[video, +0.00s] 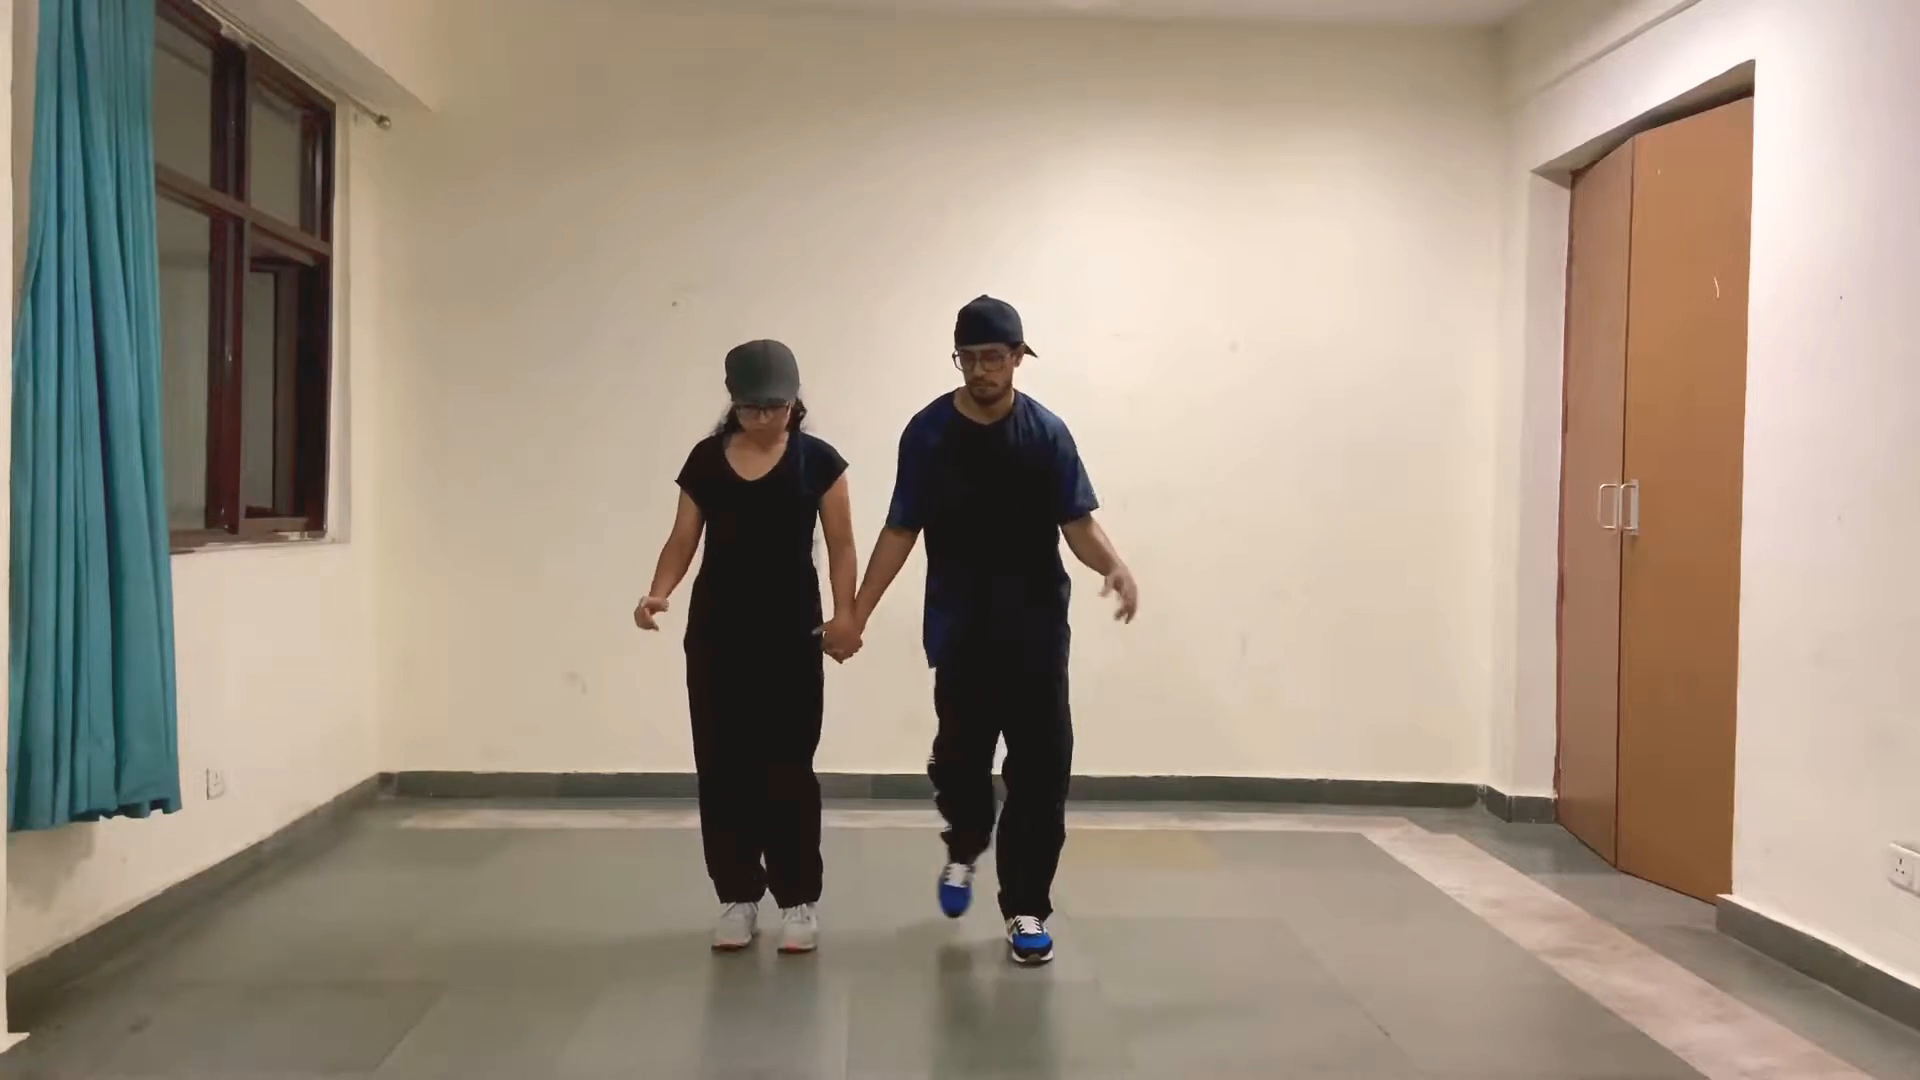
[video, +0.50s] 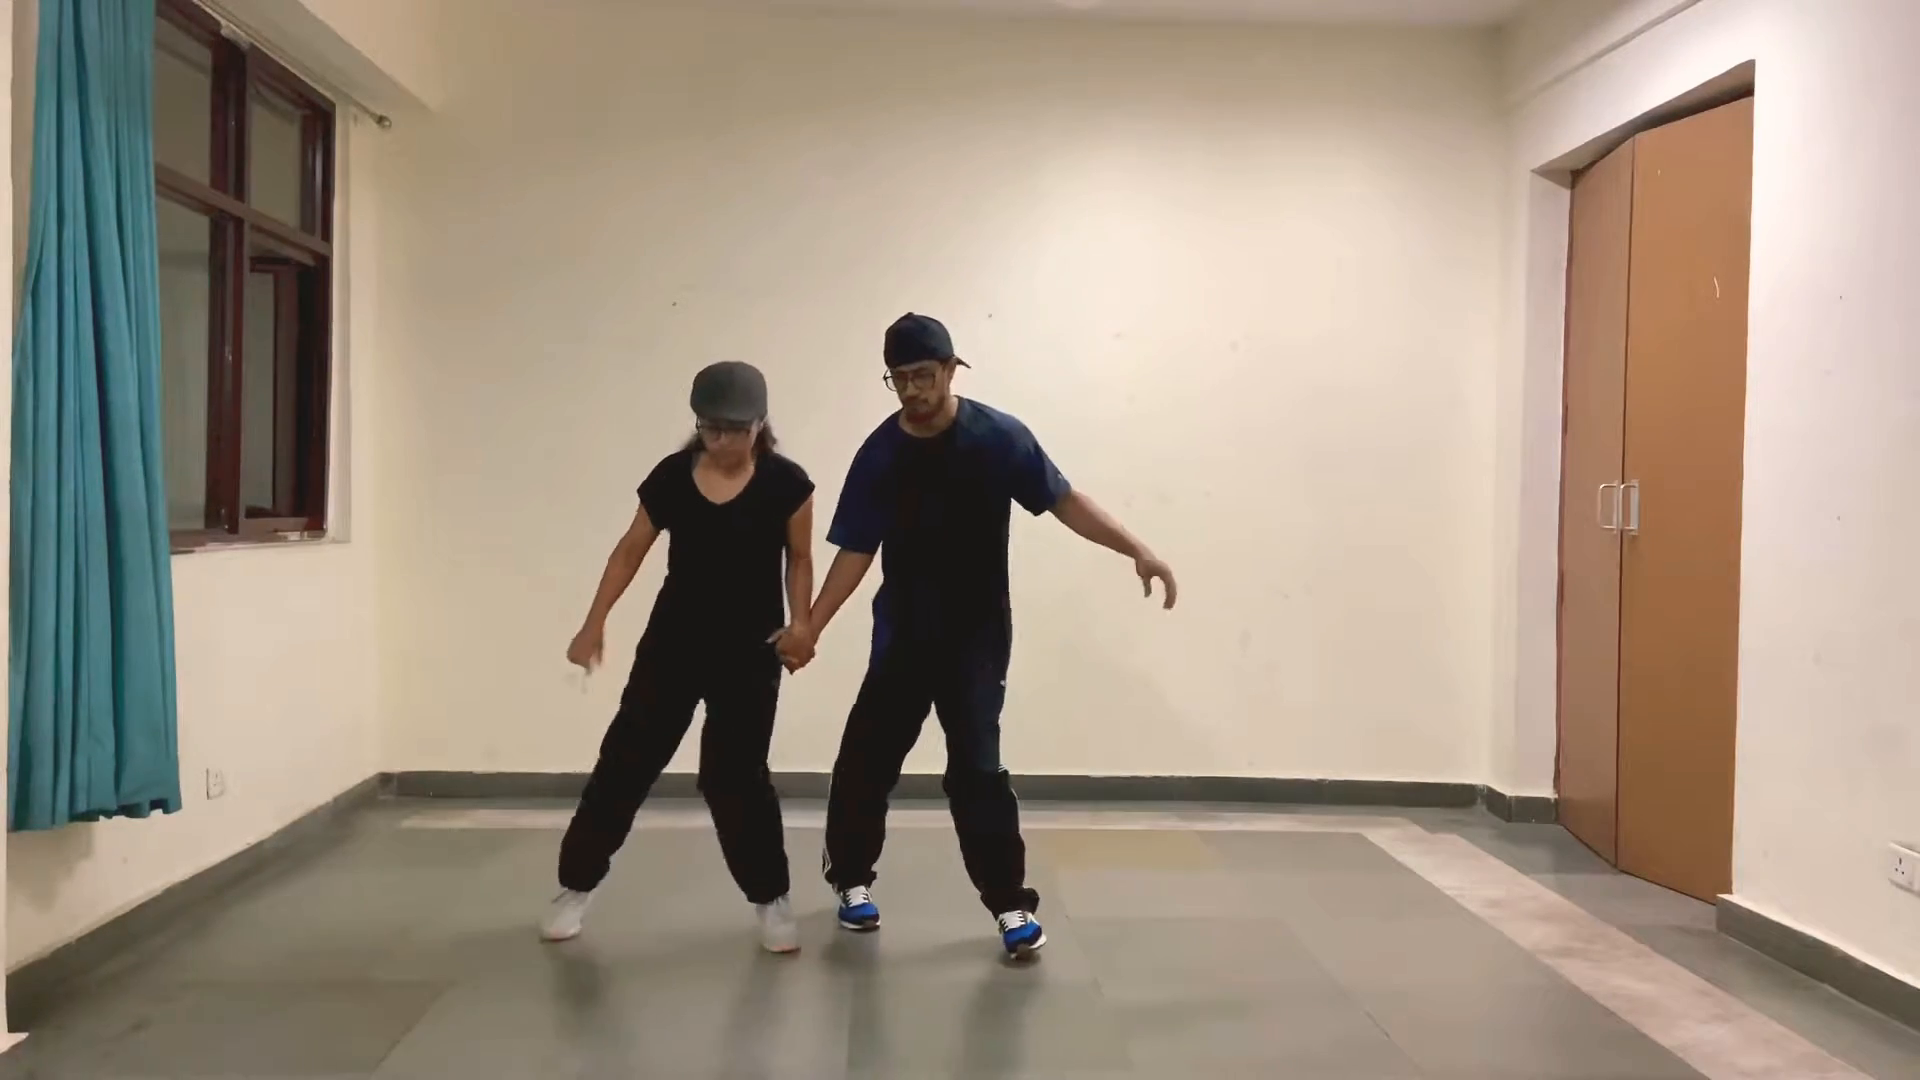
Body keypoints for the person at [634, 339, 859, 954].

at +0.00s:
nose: (767, 417)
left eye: (778, 405)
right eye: (754, 406)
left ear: (795, 401)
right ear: (734, 402)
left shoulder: (818, 462)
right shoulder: (706, 459)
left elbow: (840, 544)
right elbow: (682, 539)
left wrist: (845, 614)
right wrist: (658, 589)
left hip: (788, 633)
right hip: (718, 633)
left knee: (787, 765)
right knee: (722, 765)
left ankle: (797, 899)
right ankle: (737, 898)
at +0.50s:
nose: (726, 440)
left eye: (738, 428)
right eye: (715, 428)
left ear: (760, 425)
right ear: (699, 424)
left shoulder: (787, 485)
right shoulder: (673, 477)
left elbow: (800, 560)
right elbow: (630, 550)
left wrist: (801, 625)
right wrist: (595, 622)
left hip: (747, 651)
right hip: (674, 645)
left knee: (735, 775)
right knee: (625, 762)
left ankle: (771, 900)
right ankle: (576, 887)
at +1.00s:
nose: (787, 409)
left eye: (797, 397)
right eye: (774, 398)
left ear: (814, 393)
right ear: (752, 396)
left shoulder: (842, 456)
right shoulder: (730, 455)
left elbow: (863, 539)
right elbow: (689, 529)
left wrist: (884, 612)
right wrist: (676, 579)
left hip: (819, 630)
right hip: (747, 628)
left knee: (804, 761)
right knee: (738, 757)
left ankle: (785, 898)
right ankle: (741, 893)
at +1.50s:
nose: (850, 436)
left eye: (860, 424)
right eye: (837, 425)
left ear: (874, 419)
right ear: (813, 421)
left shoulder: (897, 472)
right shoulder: (783, 476)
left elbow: (943, 529)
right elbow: (737, 536)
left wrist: (968, 593)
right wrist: (729, 615)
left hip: (879, 654)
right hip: (803, 656)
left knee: (900, 777)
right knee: (782, 778)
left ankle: (935, 902)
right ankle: (768, 899)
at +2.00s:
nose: (805, 438)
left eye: (816, 426)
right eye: (791, 428)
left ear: (834, 416)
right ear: (770, 421)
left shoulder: (866, 464)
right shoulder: (753, 478)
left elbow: (904, 546)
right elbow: (725, 573)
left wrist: (938, 627)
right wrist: (705, 664)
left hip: (849, 645)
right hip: (775, 645)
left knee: (833, 772)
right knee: (769, 765)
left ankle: (809, 899)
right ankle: (764, 889)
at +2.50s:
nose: (772, 424)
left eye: (782, 412)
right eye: (759, 414)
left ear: (799, 410)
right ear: (737, 416)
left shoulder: (830, 469)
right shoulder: (718, 481)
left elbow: (869, 539)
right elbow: (713, 562)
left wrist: (882, 582)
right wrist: (696, 641)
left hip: (836, 643)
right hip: (759, 649)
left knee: (850, 771)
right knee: (764, 782)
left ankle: (811, 906)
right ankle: (807, 917)